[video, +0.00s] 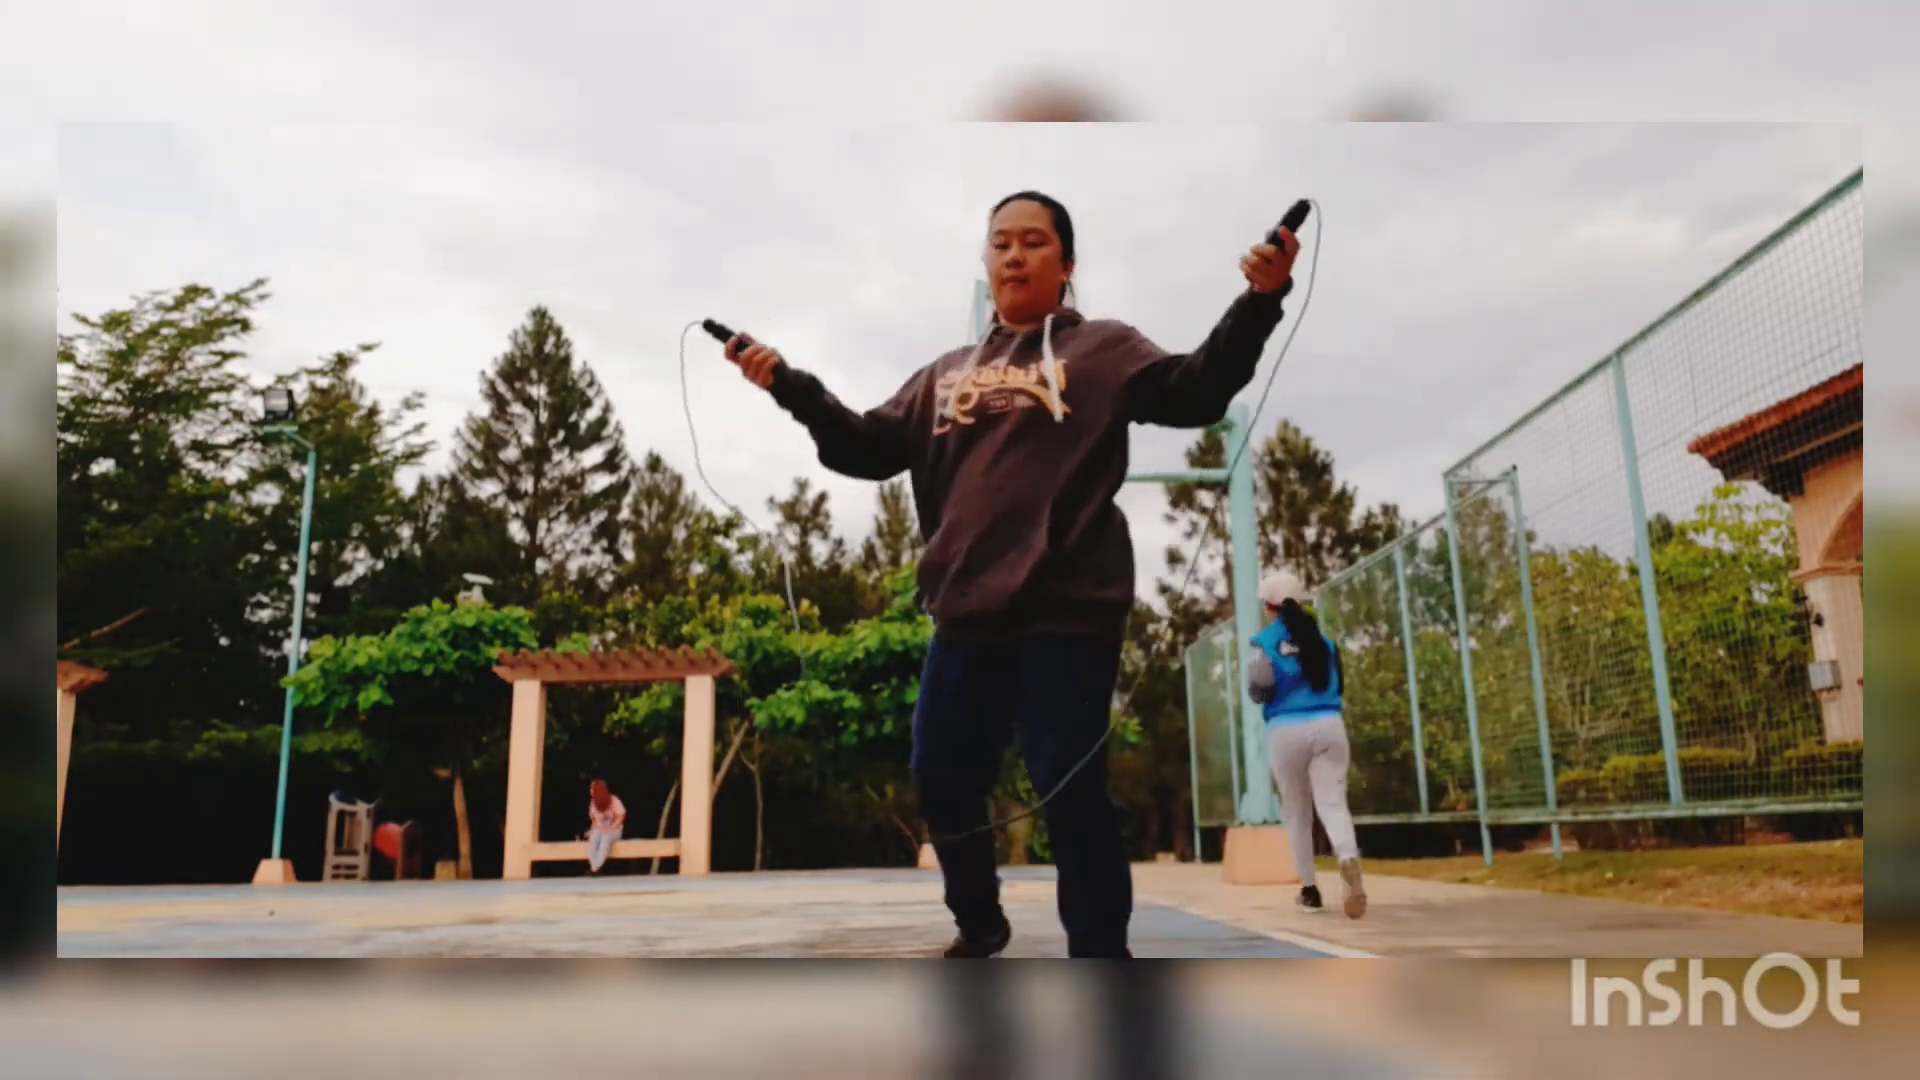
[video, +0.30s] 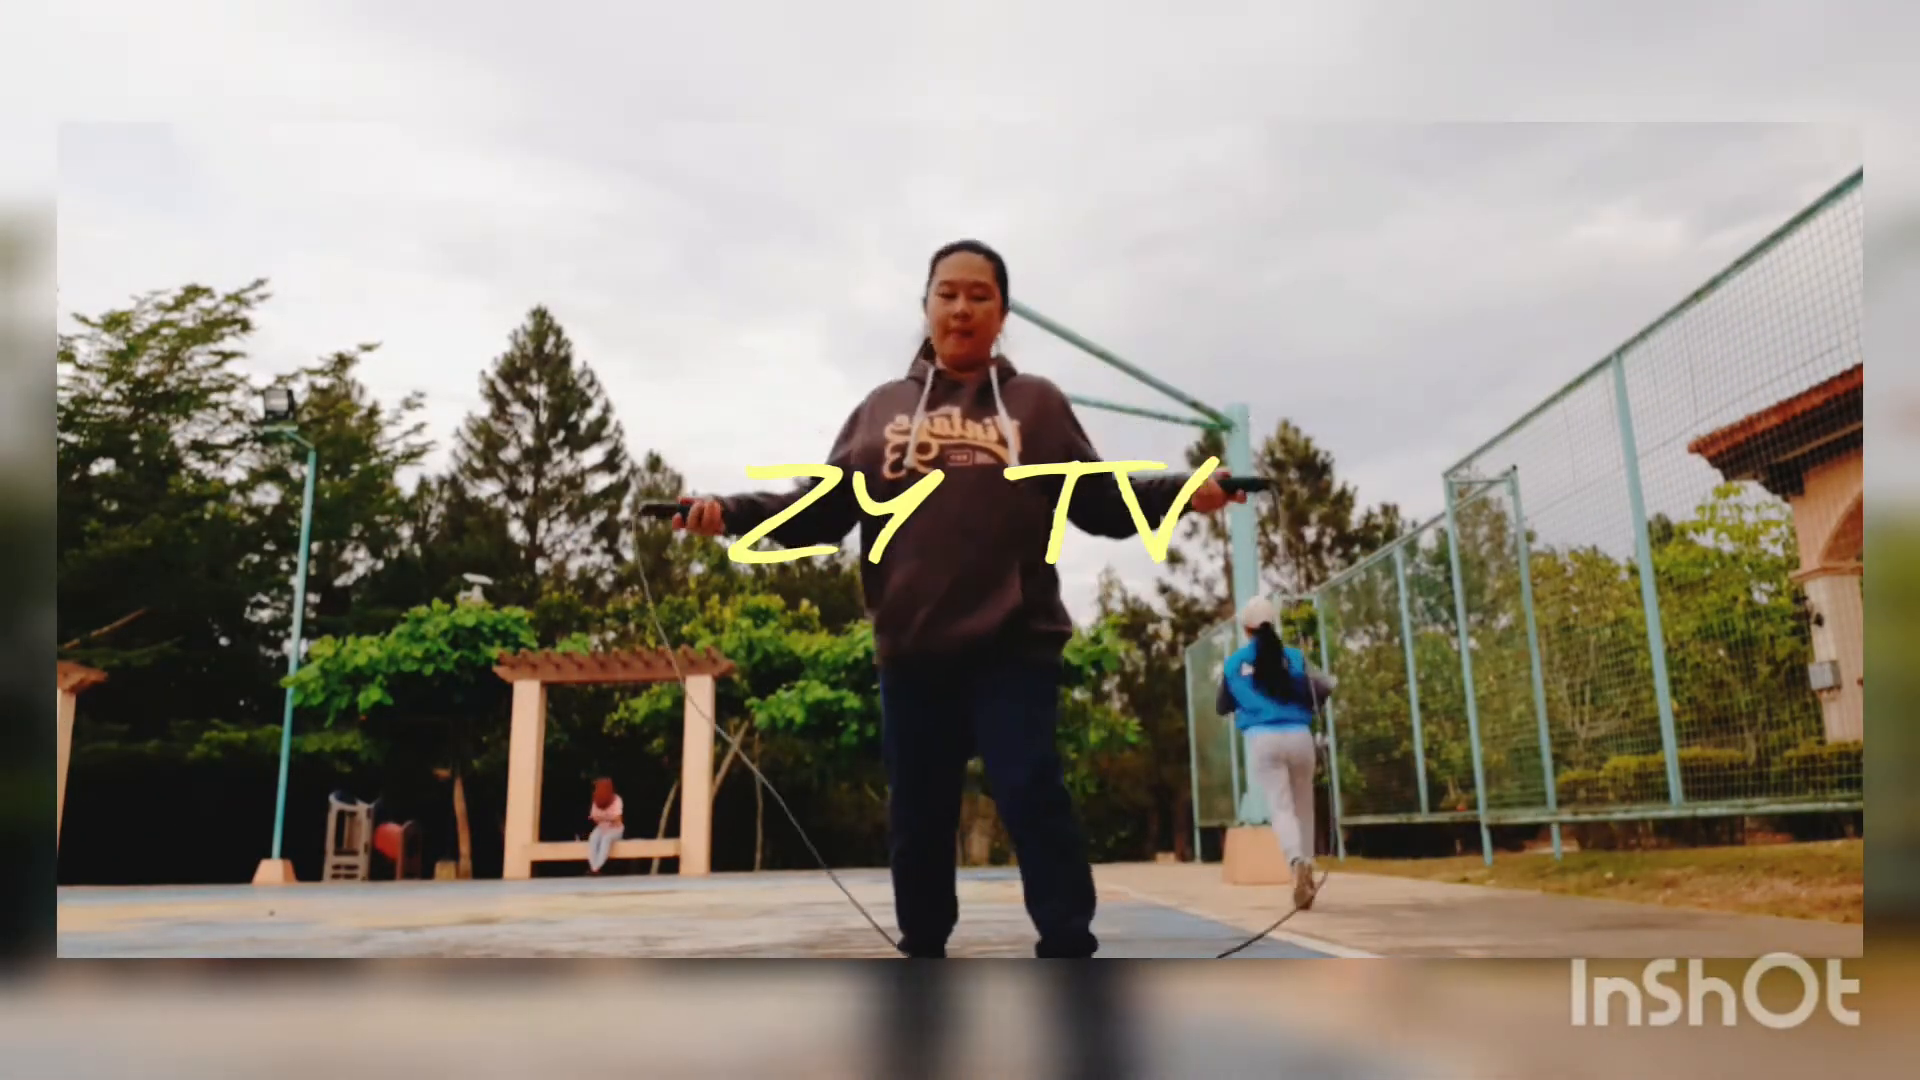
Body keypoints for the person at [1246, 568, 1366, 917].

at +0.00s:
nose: (1263, 611)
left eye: (1264, 606)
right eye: (1265, 605)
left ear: (1269, 607)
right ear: (1298, 603)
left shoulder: (1265, 640)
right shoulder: (1324, 639)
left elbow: (1260, 689)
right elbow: (1337, 685)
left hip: (1287, 729)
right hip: (1329, 723)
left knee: (1296, 810)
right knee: (1334, 802)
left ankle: (1309, 886)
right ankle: (1349, 859)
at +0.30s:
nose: (1248, 629)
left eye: (1245, 624)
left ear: (1245, 628)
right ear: (1273, 624)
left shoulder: (1235, 662)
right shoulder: (1294, 657)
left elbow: (1223, 706)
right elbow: (1319, 690)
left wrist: (1246, 690)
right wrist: (1304, 704)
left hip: (1263, 739)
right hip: (1299, 736)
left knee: (1281, 806)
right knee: (1304, 807)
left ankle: (1297, 863)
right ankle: (1306, 869)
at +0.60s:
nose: (1216, 647)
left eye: (1217, 642)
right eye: (1217, 642)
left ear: (1222, 644)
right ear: (1244, 642)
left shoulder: (1220, 675)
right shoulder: (1265, 674)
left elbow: (1213, 710)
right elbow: (1275, 711)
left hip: (1239, 750)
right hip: (1273, 744)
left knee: (1244, 817)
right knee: (1282, 816)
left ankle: (1262, 873)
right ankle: (1301, 870)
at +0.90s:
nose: (1165, 664)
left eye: (1167, 660)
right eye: (1165, 659)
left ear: (1174, 662)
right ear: (1191, 660)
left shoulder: (1165, 691)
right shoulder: (1206, 685)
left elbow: (1156, 728)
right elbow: (1231, 719)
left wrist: (1162, 745)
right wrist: (1212, 735)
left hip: (1188, 759)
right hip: (1218, 755)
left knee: (1207, 818)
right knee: (1211, 816)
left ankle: (1236, 872)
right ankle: (1231, 869)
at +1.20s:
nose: (1120, 679)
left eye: (1123, 675)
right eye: (1120, 674)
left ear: (1131, 677)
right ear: (1144, 677)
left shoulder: (1122, 704)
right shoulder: (1160, 699)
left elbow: (1117, 739)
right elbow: (1173, 727)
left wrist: (1121, 752)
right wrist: (1165, 747)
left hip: (1145, 769)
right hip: (1171, 764)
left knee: (1147, 827)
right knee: (1166, 824)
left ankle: (1183, 852)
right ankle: (1182, 870)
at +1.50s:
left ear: (1057, 709)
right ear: (1072, 708)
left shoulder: (1058, 724)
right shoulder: (1078, 722)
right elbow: (1087, 744)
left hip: (1072, 775)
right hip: (1090, 772)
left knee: (1063, 827)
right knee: (1086, 827)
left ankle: (1085, 871)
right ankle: (1124, 853)